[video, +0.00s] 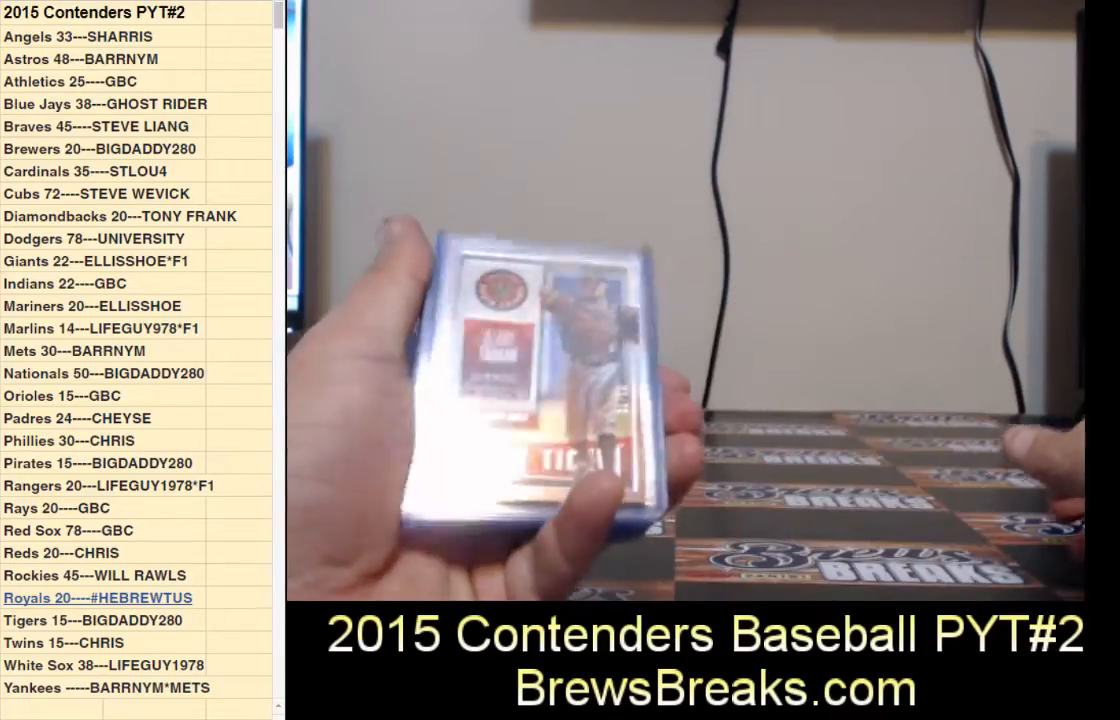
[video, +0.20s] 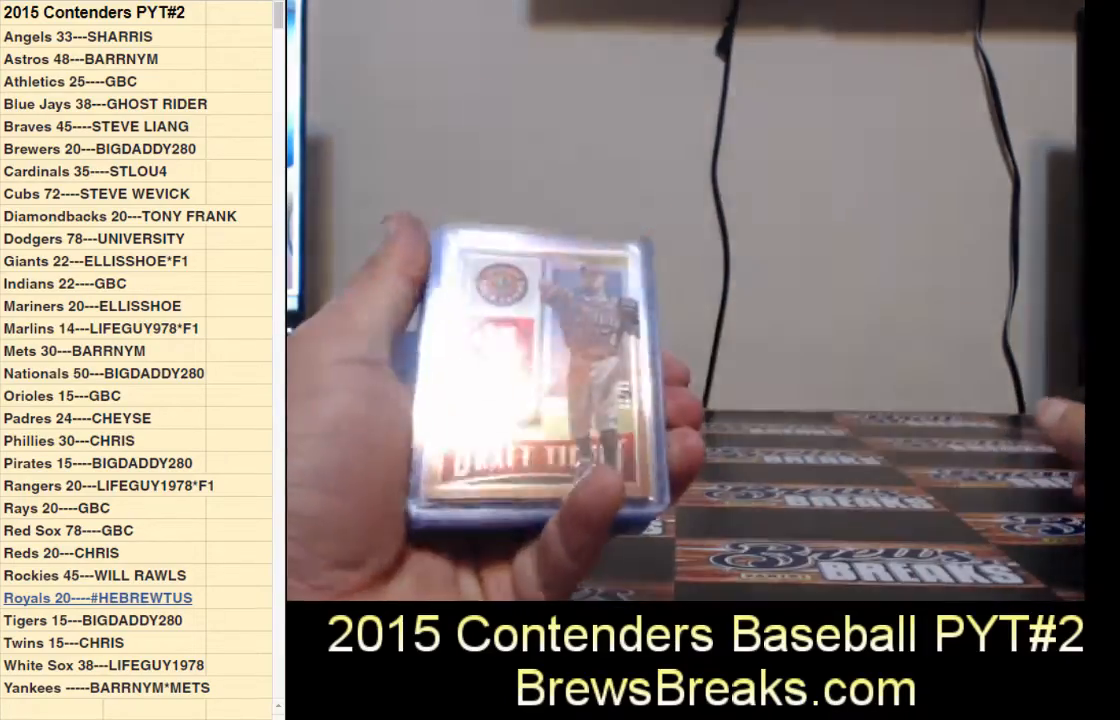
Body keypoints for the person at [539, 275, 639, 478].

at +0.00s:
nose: (591, 289)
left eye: (596, 284)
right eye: (587, 284)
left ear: (604, 287)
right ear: (581, 286)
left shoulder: (613, 311)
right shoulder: (571, 308)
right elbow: (549, 300)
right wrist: (552, 301)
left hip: (607, 366)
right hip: (579, 366)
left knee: (606, 421)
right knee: (577, 418)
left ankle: (609, 473)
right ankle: (582, 466)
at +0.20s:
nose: (592, 280)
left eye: (597, 275)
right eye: (588, 275)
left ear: (604, 278)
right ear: (582, 277)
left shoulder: (616, 304)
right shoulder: (569, 300)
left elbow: (637, 331)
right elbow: (548, 294)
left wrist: (635, 318)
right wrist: (551, 292)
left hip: (608, 362)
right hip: (580, 362)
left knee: (608, 418)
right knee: (579, 417)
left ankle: (611, 469)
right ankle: (586, 463)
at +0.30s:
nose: (594, 274)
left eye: (599, 266)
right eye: (589, 267)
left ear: (608, 269)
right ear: (584, 269)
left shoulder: (621, 297)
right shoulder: (576, 300)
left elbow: (632, 324)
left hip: (609, 354)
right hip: (581, 355)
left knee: (608, 409)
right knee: (581, 406)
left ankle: (612, 467)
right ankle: (586, 459)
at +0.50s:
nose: (601, 260)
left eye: (608, 256)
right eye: (596, 255)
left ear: (615, 258)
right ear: (590, 255)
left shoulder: (624, 274)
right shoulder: (572, 273)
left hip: (616, 345)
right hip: (584, 345)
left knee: (612, 409)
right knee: (582, 409)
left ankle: (614, 470)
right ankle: (587, 467)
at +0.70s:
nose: (616, 257)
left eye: (622, 252)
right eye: (611, 251)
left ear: (631, 255)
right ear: (605, 252)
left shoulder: (638, 279)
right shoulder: (588, 272)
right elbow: (559, 270)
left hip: (628, 346)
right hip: (596, 346)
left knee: (624, 408)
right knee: (594, 407)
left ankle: (626, 470)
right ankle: (600, 467)